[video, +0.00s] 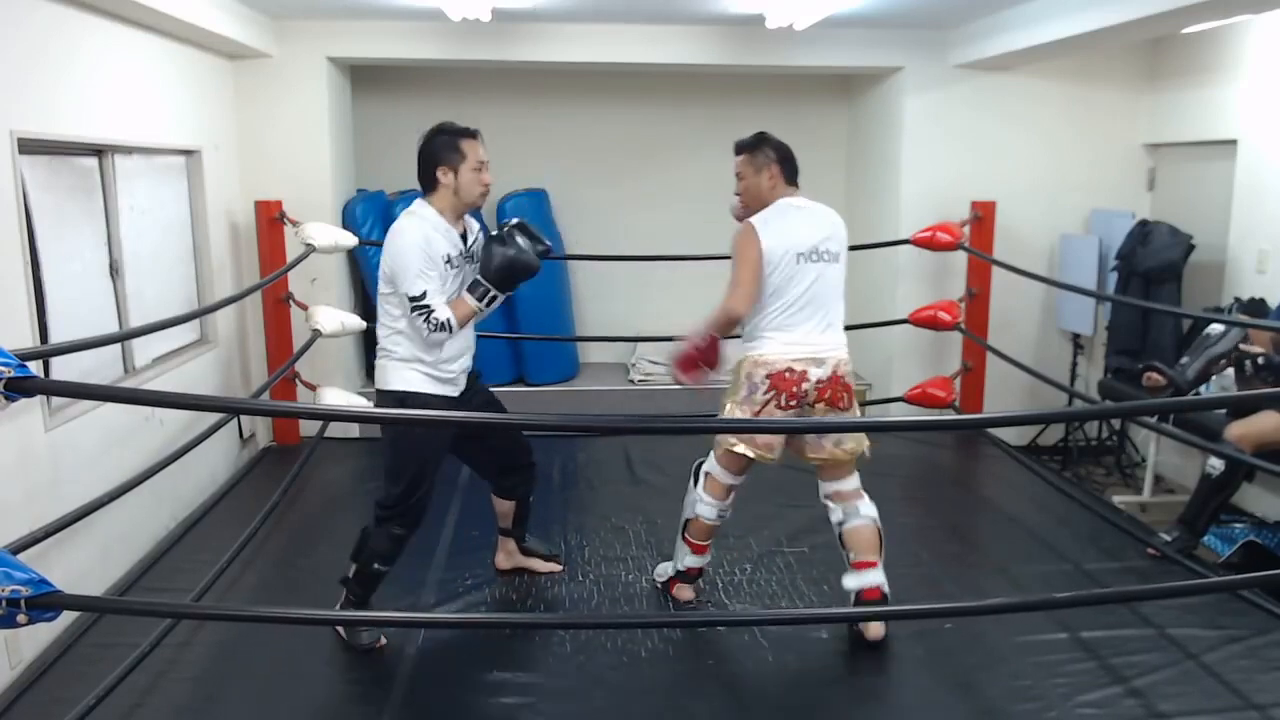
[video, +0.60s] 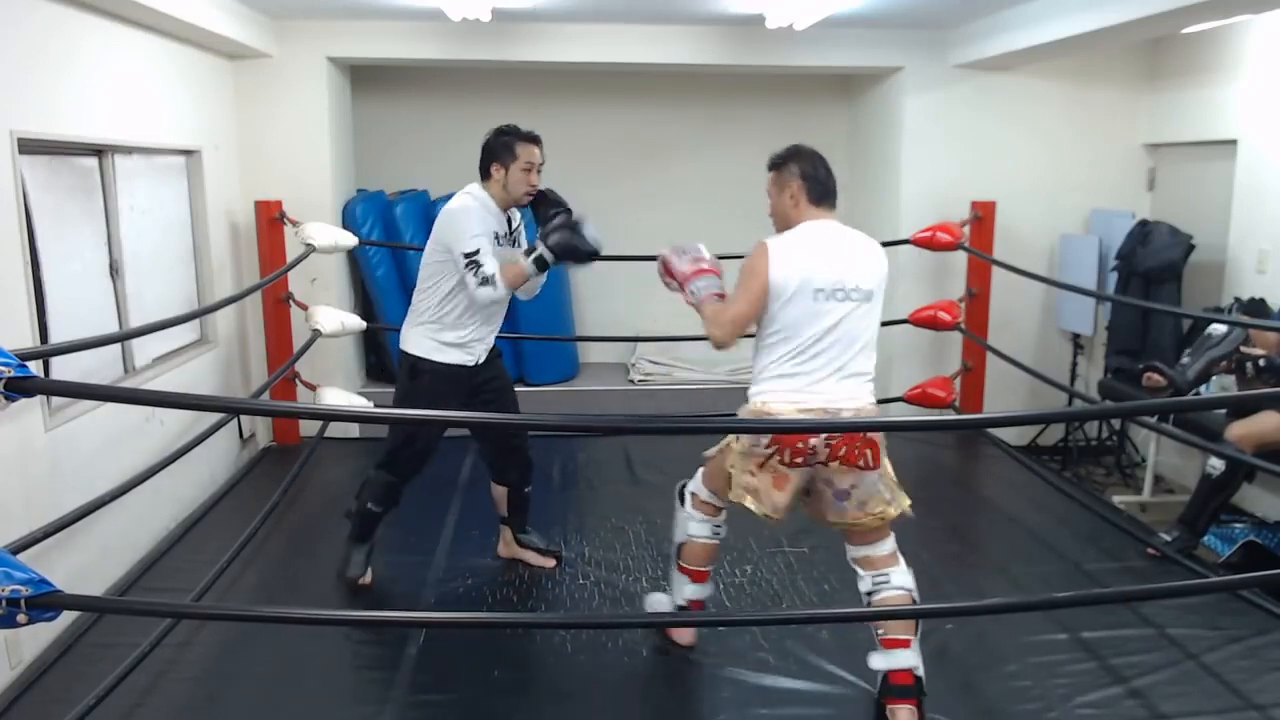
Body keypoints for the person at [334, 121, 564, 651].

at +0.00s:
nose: (488, 177)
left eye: (487, 167)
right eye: (478, 169)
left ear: (452, 175)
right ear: (444, 175)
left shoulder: (470, 228)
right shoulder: (411, 234)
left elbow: (469, 300)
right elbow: (433, 328)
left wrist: (505, 262)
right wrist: (491, 283)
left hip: (457, 383)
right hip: (410, 389)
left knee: (514, 460)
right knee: (403, 507)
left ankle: (510, 550)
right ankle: (351, 610)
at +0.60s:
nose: (536, 179)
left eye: (539, 169)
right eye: (528, 168)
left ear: (508, 173)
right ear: (497, 170)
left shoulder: (512, 217)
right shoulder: (465, 211)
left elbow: (525, 289)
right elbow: (484, 290)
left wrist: (550, 243)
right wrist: (543, 252)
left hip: (480, 357)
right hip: (431, 357)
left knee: (511, 449)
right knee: (405, 457)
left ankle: (512, 539)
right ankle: (360, 545)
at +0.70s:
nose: (534, 180)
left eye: (537, 170)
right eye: (526, 170)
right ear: (494, 171)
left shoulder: (514, 219)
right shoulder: (456, 217)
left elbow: (514, 292)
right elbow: (457, 298)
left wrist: (542, 239)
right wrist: (509, 271)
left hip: (481, 350)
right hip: (433, 351)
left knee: (512, 444)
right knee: (419, 446)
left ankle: (513, 538)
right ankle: (371, 520)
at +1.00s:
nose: (460, 185)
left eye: (465, 175)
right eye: (449, 176)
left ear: (470, 179)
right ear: (423, 180)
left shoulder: (477, 223)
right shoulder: (392, 232)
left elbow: (504, 284)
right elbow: (396, 308)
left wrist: (500, 283)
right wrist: (414, 273)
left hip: (463, 355)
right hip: (405, 361)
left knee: (509, 441)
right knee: (384, 454)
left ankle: (516, 533)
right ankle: (362, 528)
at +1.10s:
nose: (453, 186)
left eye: (458, 176)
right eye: (442, 177)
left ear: (464, 179)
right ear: (417, 181)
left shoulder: (473, 222)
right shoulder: (389, 230)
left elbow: (492, 290)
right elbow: (391, 308)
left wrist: (485, 285)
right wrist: (409, 277)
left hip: (462, 348)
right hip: (403, 355)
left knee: (506, 431)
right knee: (382, 449)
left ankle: (531, 517)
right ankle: (363, 525)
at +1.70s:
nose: (474, 180)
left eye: (481, 170)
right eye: (464, 171)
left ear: (491, 172)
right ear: (447, 175)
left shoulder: (512, 220)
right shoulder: (425, 225)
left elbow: (537, 277)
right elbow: (409, 294)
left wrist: (508, 246)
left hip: (509, 352)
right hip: (452, 357)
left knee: (546, 435)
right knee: (438, 453)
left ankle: (568, 522)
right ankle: (469, 507)